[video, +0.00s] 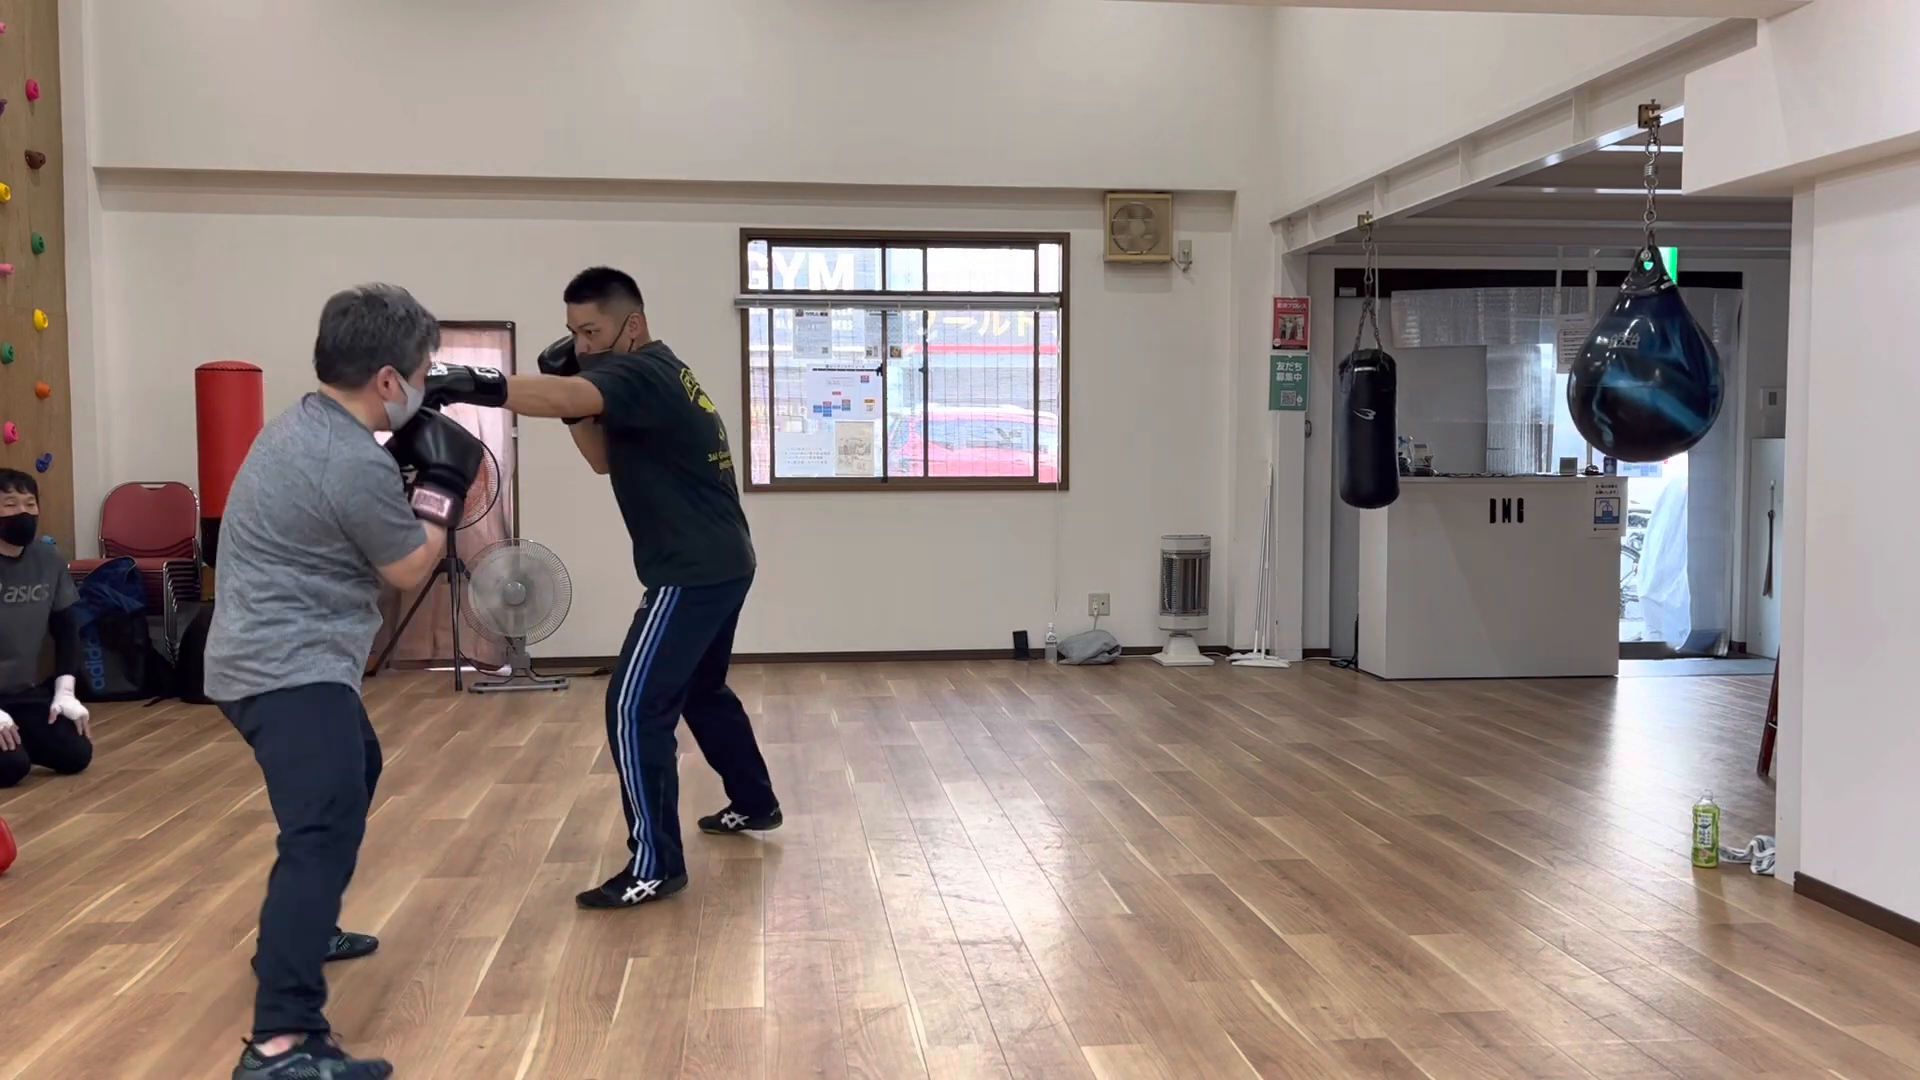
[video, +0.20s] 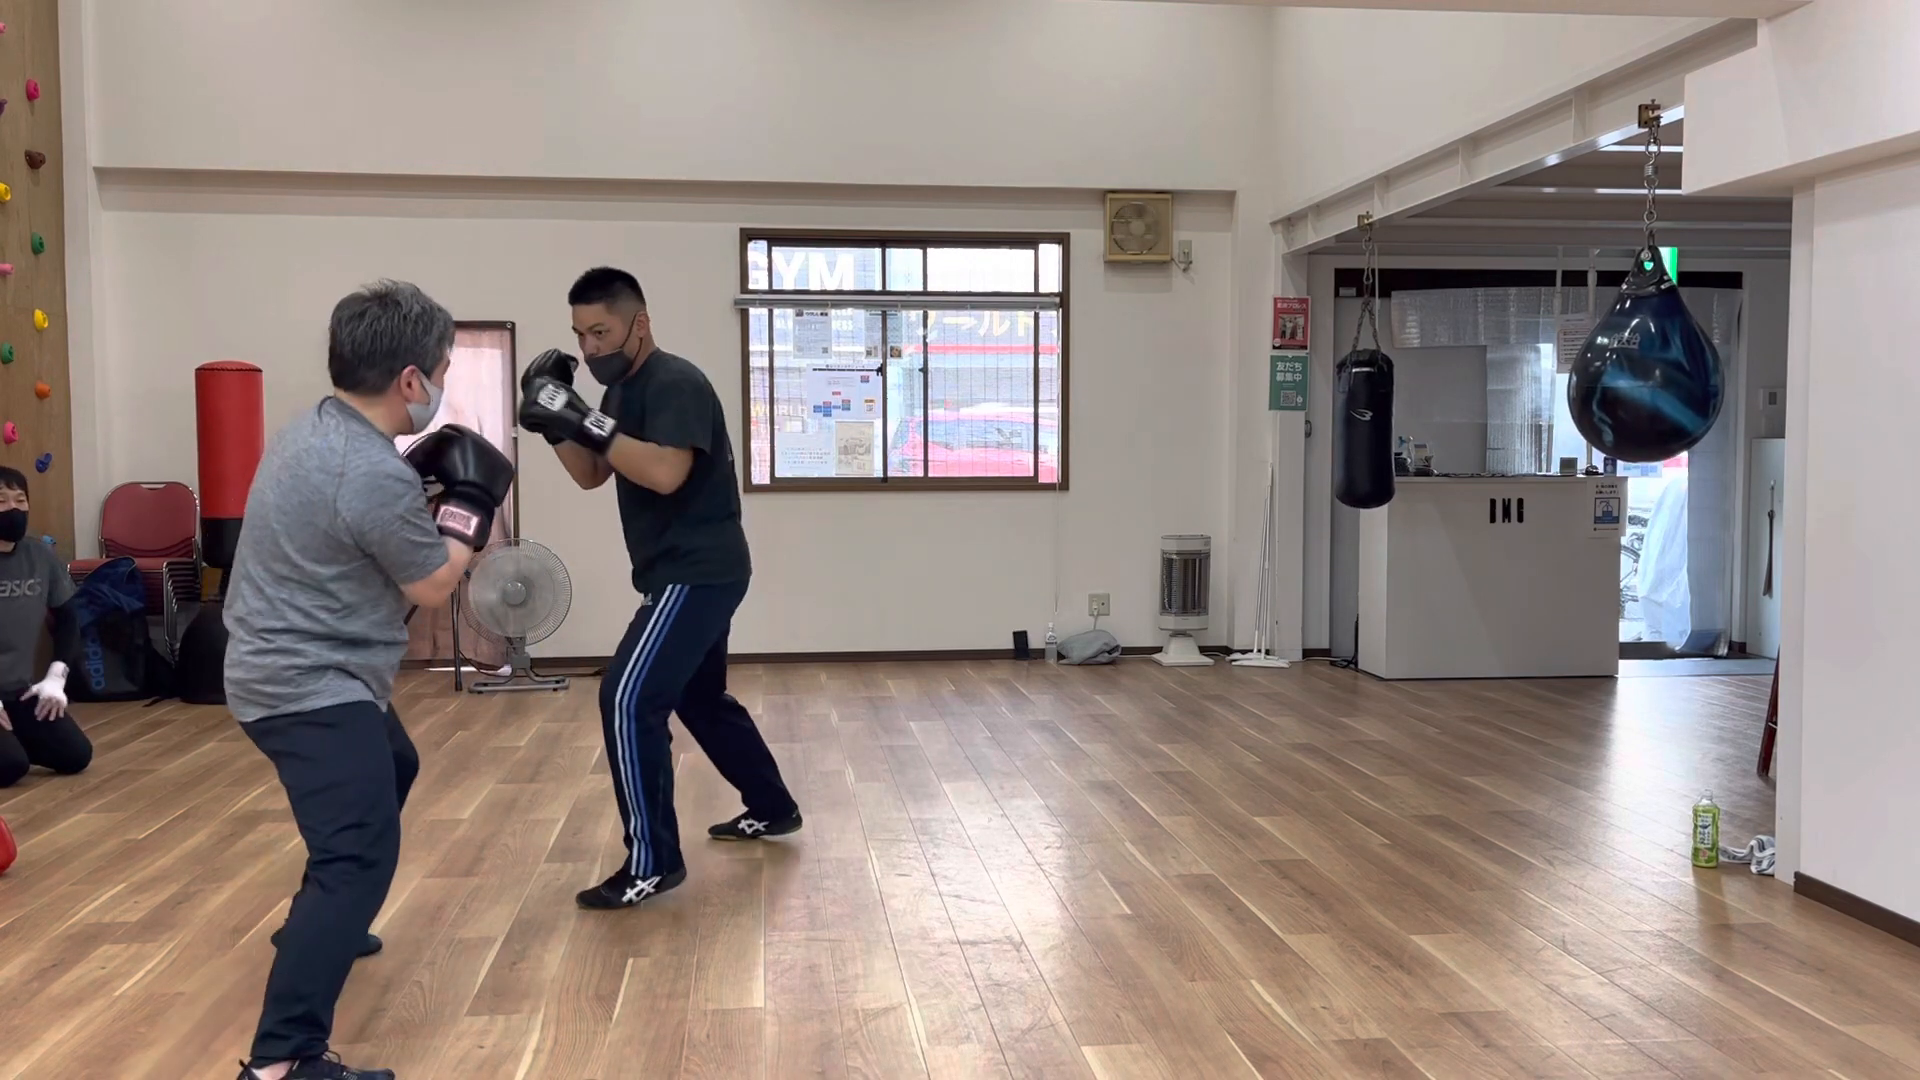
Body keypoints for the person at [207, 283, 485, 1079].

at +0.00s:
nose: (422, 387)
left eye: (424, 373)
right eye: (419, 373)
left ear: (336, 365)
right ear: (386, 382)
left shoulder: (297, 423)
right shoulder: (354, 461)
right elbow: (408, 572)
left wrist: (399, 461)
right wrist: (450, 506)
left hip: (255, 653)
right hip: (292, 668)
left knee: (358, 764)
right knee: (322, 827)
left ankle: (304, 923)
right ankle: (282, 1038)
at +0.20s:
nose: (440, 387)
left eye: (442, 371)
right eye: (438, 372)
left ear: (349, 363)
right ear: (407, 381)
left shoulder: (311, 428)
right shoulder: (374, 471)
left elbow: (344, 513)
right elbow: (433, 589)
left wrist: (412, 469)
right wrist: (468, 520)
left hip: (291, 663)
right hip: (306, 685)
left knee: (394, 766)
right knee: (356, 852)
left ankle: (322, 913)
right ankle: (283, 1054)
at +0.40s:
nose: (446, 358)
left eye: (448, 345)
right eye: (444, 344)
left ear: (346, 343)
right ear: (419, 348)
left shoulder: (305, 429)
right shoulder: (411, 438)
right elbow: (475, 553)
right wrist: (491, 500)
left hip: (299, 676)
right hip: (362, 685)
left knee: (422, 758)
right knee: (370, 858)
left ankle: (403, 925)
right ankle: (284, 1054)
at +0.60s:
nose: (486, 387)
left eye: (486, 372)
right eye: (483, 372)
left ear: (402, 360)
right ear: (458, 375)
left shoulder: (362, 417)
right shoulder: (434, 462)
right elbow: (492, 562)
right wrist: (503, 491)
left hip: (332, 664)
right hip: (368, 679)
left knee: (440, 758)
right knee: (403, 844)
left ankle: (428, 930)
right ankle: (316, 1049)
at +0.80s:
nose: (480, 370)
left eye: (481, 356)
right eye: (478, 356)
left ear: (382, 355)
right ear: (455, 365)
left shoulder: (339, 432)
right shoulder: (438, 460)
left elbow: (323, 534)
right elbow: (512, 558)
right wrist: (520, 488)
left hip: (330, 685)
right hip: (384, 699)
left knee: (442, 777)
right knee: (406, 880)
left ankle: (432, 927)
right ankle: (309, 1061)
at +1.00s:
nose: (484, 317)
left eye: (485, 304)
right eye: (482, 303)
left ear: (379, 306)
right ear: (458, 308)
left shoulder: (339, 392)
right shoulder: (449, 397)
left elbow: (410, 499)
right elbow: (527, 506)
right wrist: (535, 444)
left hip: (325, 662)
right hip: (399, 672)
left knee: (392, 821)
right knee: (385, 863)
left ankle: (389, 955)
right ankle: (302, 1059)